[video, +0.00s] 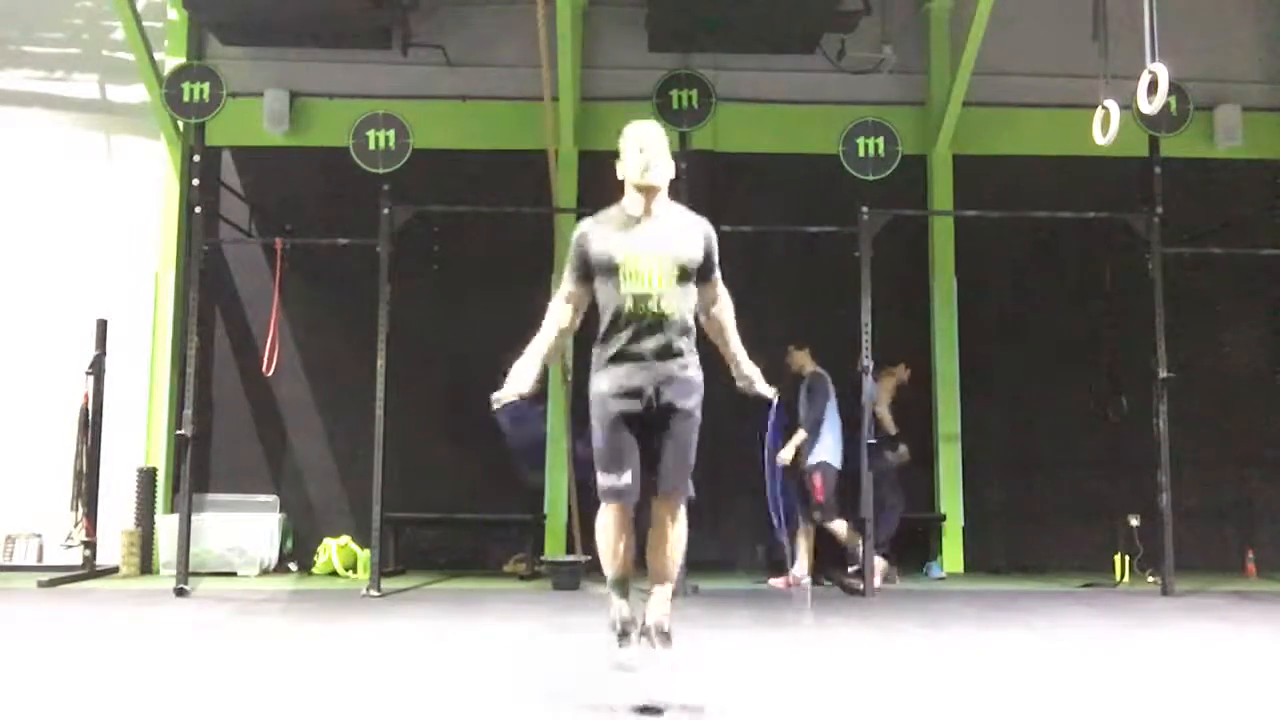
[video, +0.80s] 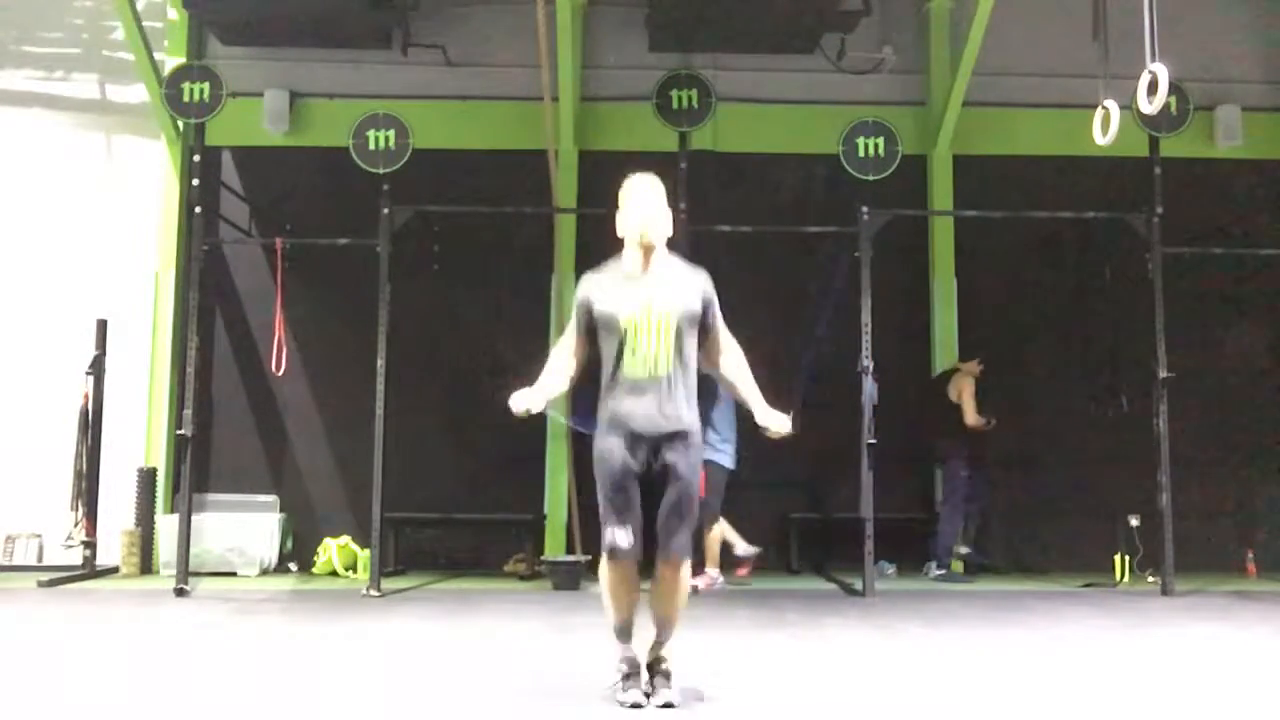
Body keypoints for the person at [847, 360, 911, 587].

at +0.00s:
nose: (907, 377)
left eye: (907, 372)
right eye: (905, 371)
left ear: (891, 368)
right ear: (898, 368)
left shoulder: (877, 382)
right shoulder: (886, 381)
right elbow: (880, 409)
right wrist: (896, 436)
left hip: (874, 447)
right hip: (877, 448)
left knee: (876, 503)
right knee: (893, 502)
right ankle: (875, 553)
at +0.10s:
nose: (911, 374)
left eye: (912, 371)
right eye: (911, 369)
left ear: (895, 365)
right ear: (902, 365)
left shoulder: (877, 380)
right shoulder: (891, 381)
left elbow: (875, 421)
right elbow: (883, 413)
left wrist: (895, 445)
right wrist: (904, 436)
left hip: (869, 448)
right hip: (879, 449)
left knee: (869, 503)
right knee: (904, 499)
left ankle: (863, 559)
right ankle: (896, 557)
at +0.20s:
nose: (917, 375)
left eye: (918, 371)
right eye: (917, 370)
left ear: (903, 366)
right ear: (907, 365)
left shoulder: (885, 383)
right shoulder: (895, 382)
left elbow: (884, 427)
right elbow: (887, 416)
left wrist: (909, 444)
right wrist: (907, 431)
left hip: (874, 450)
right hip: (886, 451)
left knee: (870, 507)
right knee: (908, 504)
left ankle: (859, 561)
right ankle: (923, 561)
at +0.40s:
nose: (935, 373)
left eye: (937, 370)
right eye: (936, 368)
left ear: (921, 364)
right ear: (929, 364)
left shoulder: (899, 380)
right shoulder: (916, 383)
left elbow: (896, 418)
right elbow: (912, 420)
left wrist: (925, 429)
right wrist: (930, 431)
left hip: (889, 451)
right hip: (908, 453)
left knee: (886, 507)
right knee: (923, 506)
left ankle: (863, 556)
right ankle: (935, 563)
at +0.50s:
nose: (946, 375)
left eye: (948, 370)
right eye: (947, 369)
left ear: (928, 362)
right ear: (940, 363)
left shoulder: (903, 379)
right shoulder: (929, 383)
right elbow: (928, 420)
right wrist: (952, 427)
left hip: (894, 451)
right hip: (918, 453)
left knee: (906, 507)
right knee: (931, 506)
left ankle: (877, 552)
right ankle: (938, 563)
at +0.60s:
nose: (961, 369)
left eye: (961, 365)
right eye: (960, 365)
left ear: (942, 361)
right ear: (954, 363)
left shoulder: (932, 380)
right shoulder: (943, 382)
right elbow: (944, 418)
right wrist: (964, 424)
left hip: (924, 446)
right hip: (934, 449)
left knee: (934, 501)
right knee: (939, 502)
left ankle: (903, 535)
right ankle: (939, 562)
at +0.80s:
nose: (981, 369)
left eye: (981, 364)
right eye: (978, 364)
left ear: (962, 361)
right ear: (967, 362)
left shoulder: (944, 379)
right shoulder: (965, 380)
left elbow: (945, 416)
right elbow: (970, 419)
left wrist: (978, 418)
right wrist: (987, 422)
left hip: (942, 447)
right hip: (957, 450)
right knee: (954, 503)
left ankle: (964, 543)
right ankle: (942, 562)